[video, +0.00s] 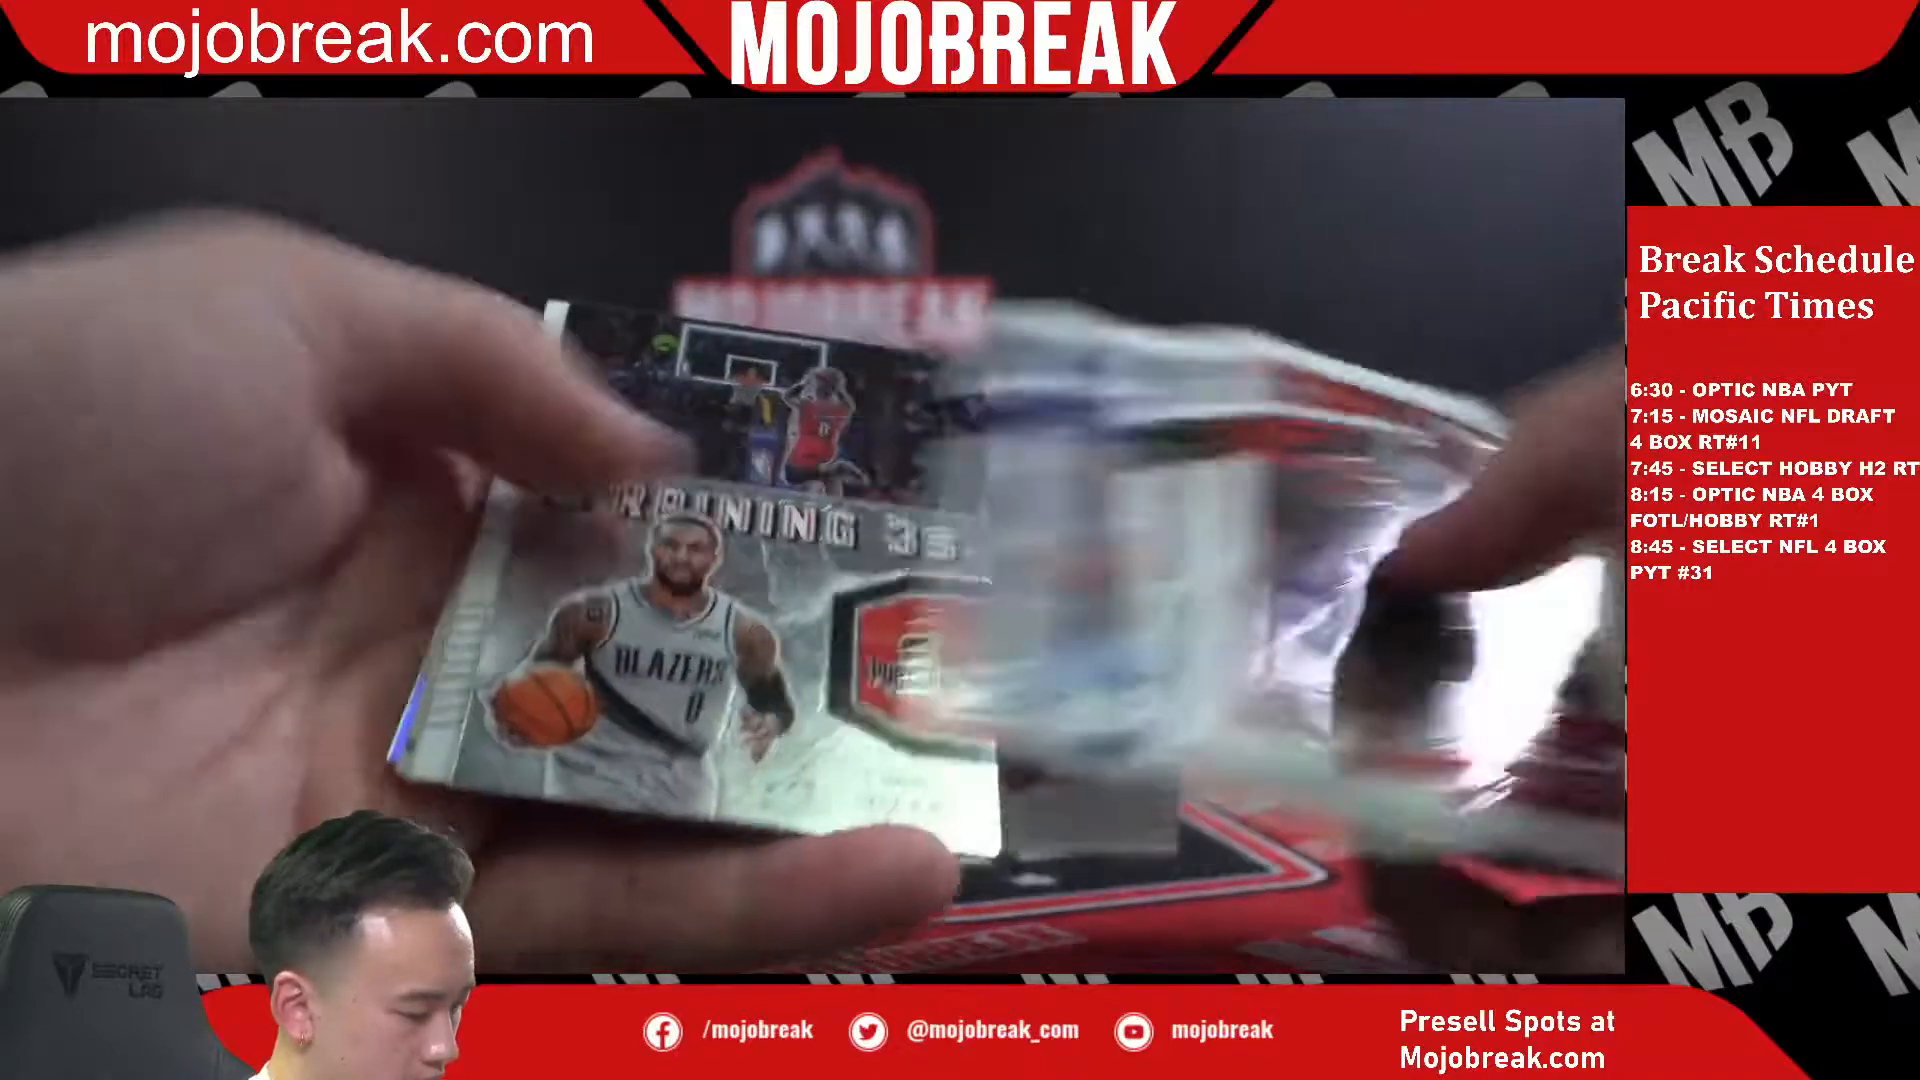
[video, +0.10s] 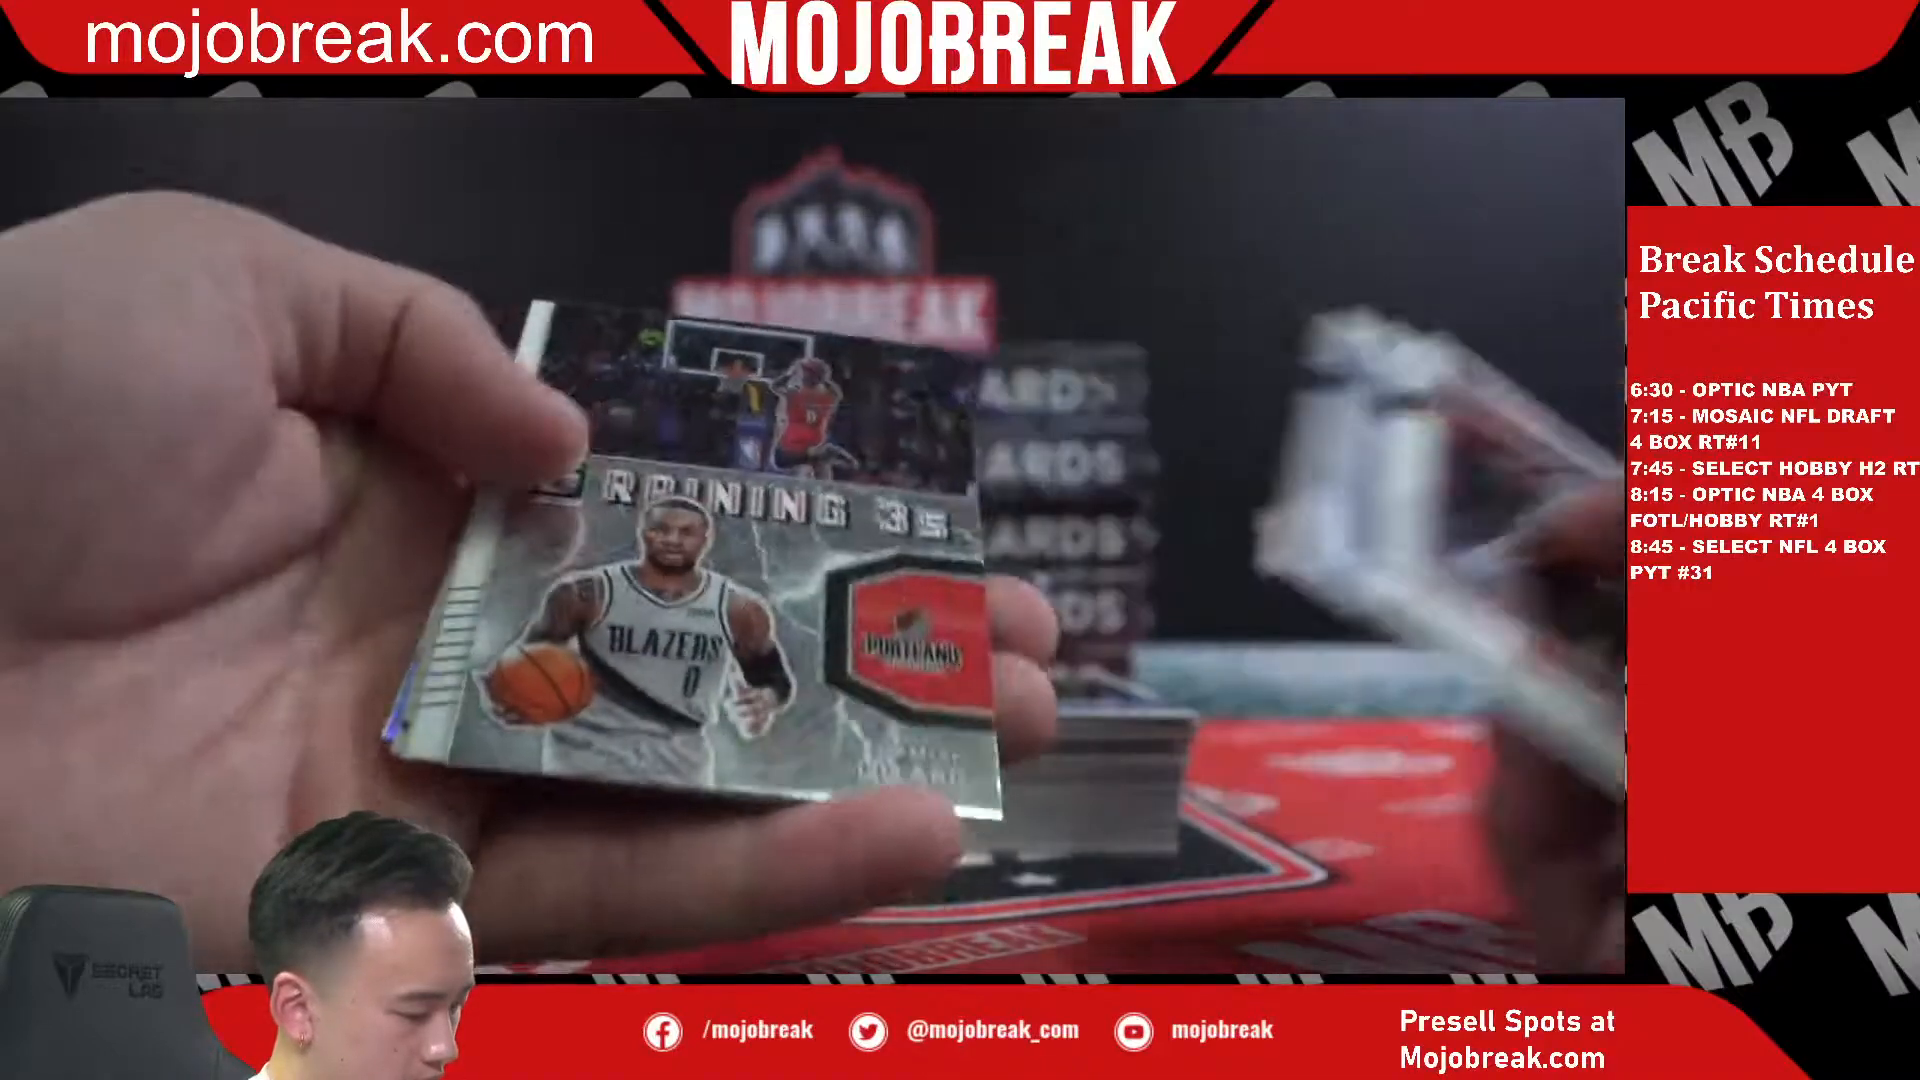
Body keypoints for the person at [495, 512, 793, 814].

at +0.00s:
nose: (682, 558)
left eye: (696, 549)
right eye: (671, 545)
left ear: (716, 559)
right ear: (652, 549)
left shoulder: (746, 634)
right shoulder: (590, 611)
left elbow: (777, 706)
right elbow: (535, 681)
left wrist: (770, 723)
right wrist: (513, 713)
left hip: (681, 789)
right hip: (591, 777)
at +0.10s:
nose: (672, 541)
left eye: (687, 532)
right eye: (661, 529)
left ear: (707, 539)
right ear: (642, 534)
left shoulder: (740, 611)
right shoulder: (584, 593)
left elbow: (776, 682)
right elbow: (527, 656)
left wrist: (765, 703)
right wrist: (504, 694)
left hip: (679, 762)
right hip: (588, 755)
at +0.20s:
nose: (672, 541)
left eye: (687, 531)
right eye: (659, 529)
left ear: (706, 538)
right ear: (639, 534)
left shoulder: (739, 610)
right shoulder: (583, 599)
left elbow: (777, 683)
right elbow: (525, 664)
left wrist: (763, 706)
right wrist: (506, 704)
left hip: (681, 769)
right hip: (589, 763)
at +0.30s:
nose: (686, 539)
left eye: (701, 529)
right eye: (674, 527)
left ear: (721, 540)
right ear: (652, 535)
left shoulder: (758, 618)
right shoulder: (598, 609)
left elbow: (793, 701)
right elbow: (545, 687)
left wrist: (784, 726)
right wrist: (523, 731)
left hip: (701, 795)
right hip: (609, 791)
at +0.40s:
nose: (692, 514)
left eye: (707, 503)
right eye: (679, 501)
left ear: (727, 512)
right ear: (658, 507)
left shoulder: (765, 598)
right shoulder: (605, 593)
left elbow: (801, 686)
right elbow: (553, 676)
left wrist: (791, 714)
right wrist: (534, 725)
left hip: (712, 786)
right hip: (620, 784)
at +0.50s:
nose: (685, 542)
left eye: (702, 529)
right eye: (672, 526)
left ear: (723, 537)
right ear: (654, 533)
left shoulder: (759, 622)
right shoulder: (598, 617)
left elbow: (786, 710)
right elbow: (553, 706)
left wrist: (783, 742)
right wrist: (540, 751)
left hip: (707, 829)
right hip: (616, 826)